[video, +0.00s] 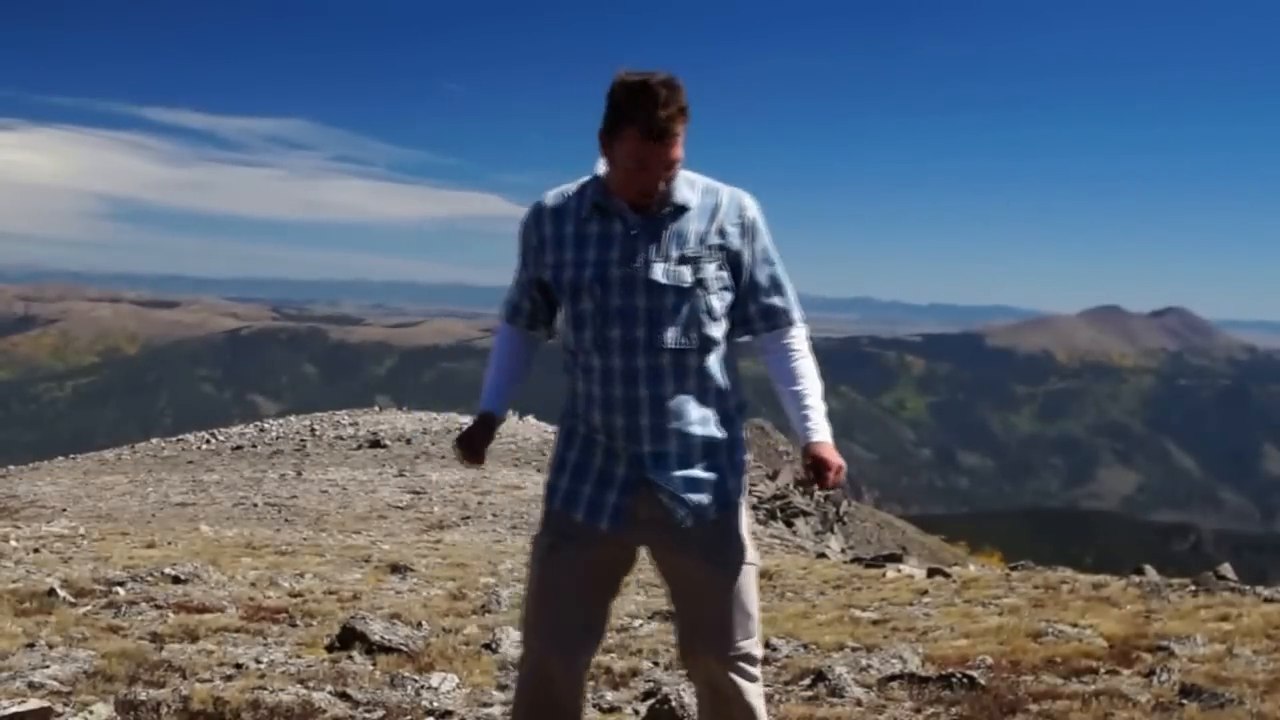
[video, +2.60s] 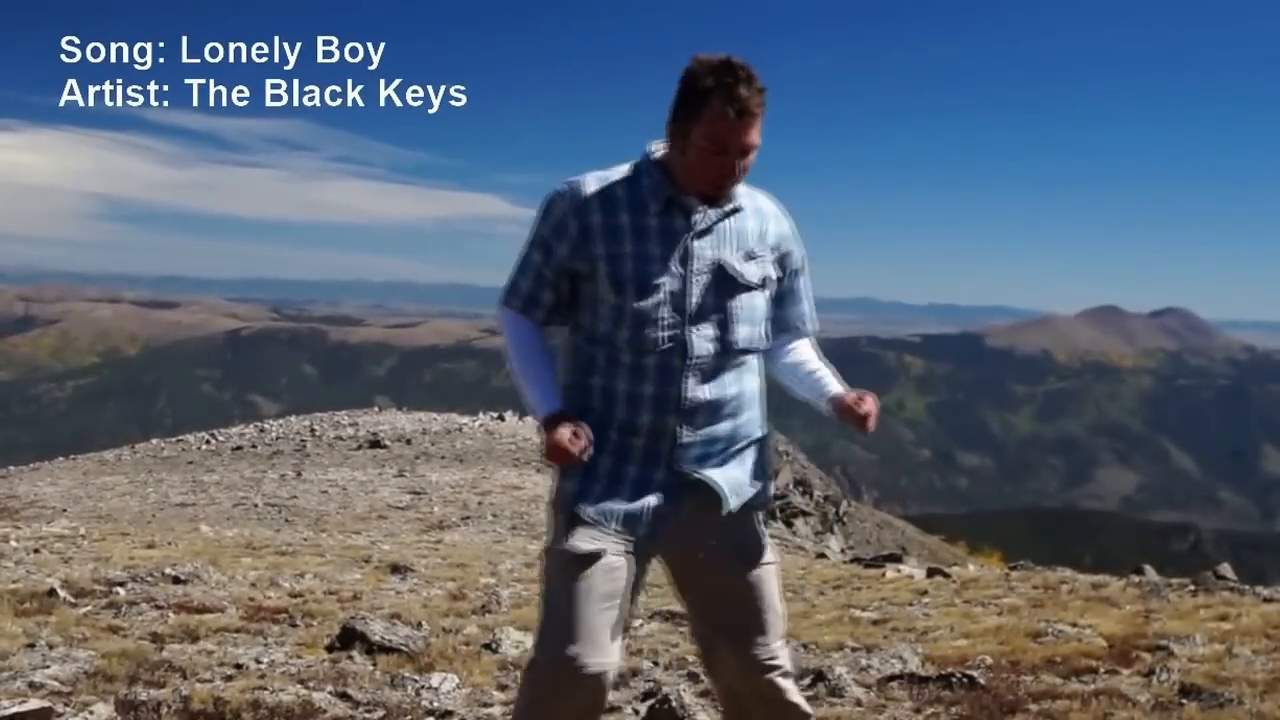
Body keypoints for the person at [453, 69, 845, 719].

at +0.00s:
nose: (667, 158)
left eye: (674, 143)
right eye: (652, 145)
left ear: (684, 140)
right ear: (611, 141)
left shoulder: (730, 215)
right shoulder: (555, 221)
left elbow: (781, 330)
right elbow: (522, 323)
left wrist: (815, 433)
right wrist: (490, 413)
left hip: (700, 475)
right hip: (589, 471)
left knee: (728, 669)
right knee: (549, 666)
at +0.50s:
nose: (762, 187)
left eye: (774, 171)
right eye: (751, 171)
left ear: (784, 154)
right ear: (709, 148)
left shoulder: (808, 218)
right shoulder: (630, 219)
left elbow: (831, 338)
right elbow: (579, 328)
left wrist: (834, 446)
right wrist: (586, 393)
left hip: (774, 478)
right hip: (659, 475)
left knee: (773, 671)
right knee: (622, 652)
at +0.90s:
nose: (729, 183)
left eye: (737, 169)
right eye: (721, 167)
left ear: (741, 160)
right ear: (674, 147)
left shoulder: (737, 236)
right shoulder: (576, 230)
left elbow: (733, 360)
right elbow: (521, 349)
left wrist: (751, 453)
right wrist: (542, 452)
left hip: (701, 500)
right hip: (590, 500)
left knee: (732, 683)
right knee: (591, 692)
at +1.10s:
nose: (651, 151)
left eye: (666, 135)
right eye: (637, 133)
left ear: (689, 130)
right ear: (609, 127)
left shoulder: (723, 228)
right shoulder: (538, 208)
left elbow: (736, 349)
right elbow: (476, 311)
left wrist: (771, 416)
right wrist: (488, 407)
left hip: (664, 481)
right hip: (550, 484)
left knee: (700, 662)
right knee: (558, 682)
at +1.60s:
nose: (606, 161)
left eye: (621, 142)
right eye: (591, 146)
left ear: (657, 134)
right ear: (577, 145)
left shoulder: (725, 223)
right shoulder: (577, 226)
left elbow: (779, 338)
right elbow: (554, 333)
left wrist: (792, 423)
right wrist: (504, 421)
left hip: (699, 494)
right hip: (590, 489)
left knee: (742, 686)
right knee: (565, 683)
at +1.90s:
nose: (681, 176)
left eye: (695, 158)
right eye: (664, 160)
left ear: (721, 138)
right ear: (642, 150)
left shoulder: (791, 211)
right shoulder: (636, 229)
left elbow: (858, 327)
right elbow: (624, 330)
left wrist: (875, 449)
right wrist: (582, 398)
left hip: (781, 476)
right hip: (675, 473)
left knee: (792, 679)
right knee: (629, 670)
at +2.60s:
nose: (734, 168)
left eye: (746, 153)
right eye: (720, 151)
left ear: (759, 144)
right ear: (677, 133)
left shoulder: (769, 225)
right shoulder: (584, 208)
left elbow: (788, 341)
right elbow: (520, 315)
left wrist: (836, 394)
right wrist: (550, 414)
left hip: (722, 486)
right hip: (606, 483)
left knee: (762, 677)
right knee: (577, 671)